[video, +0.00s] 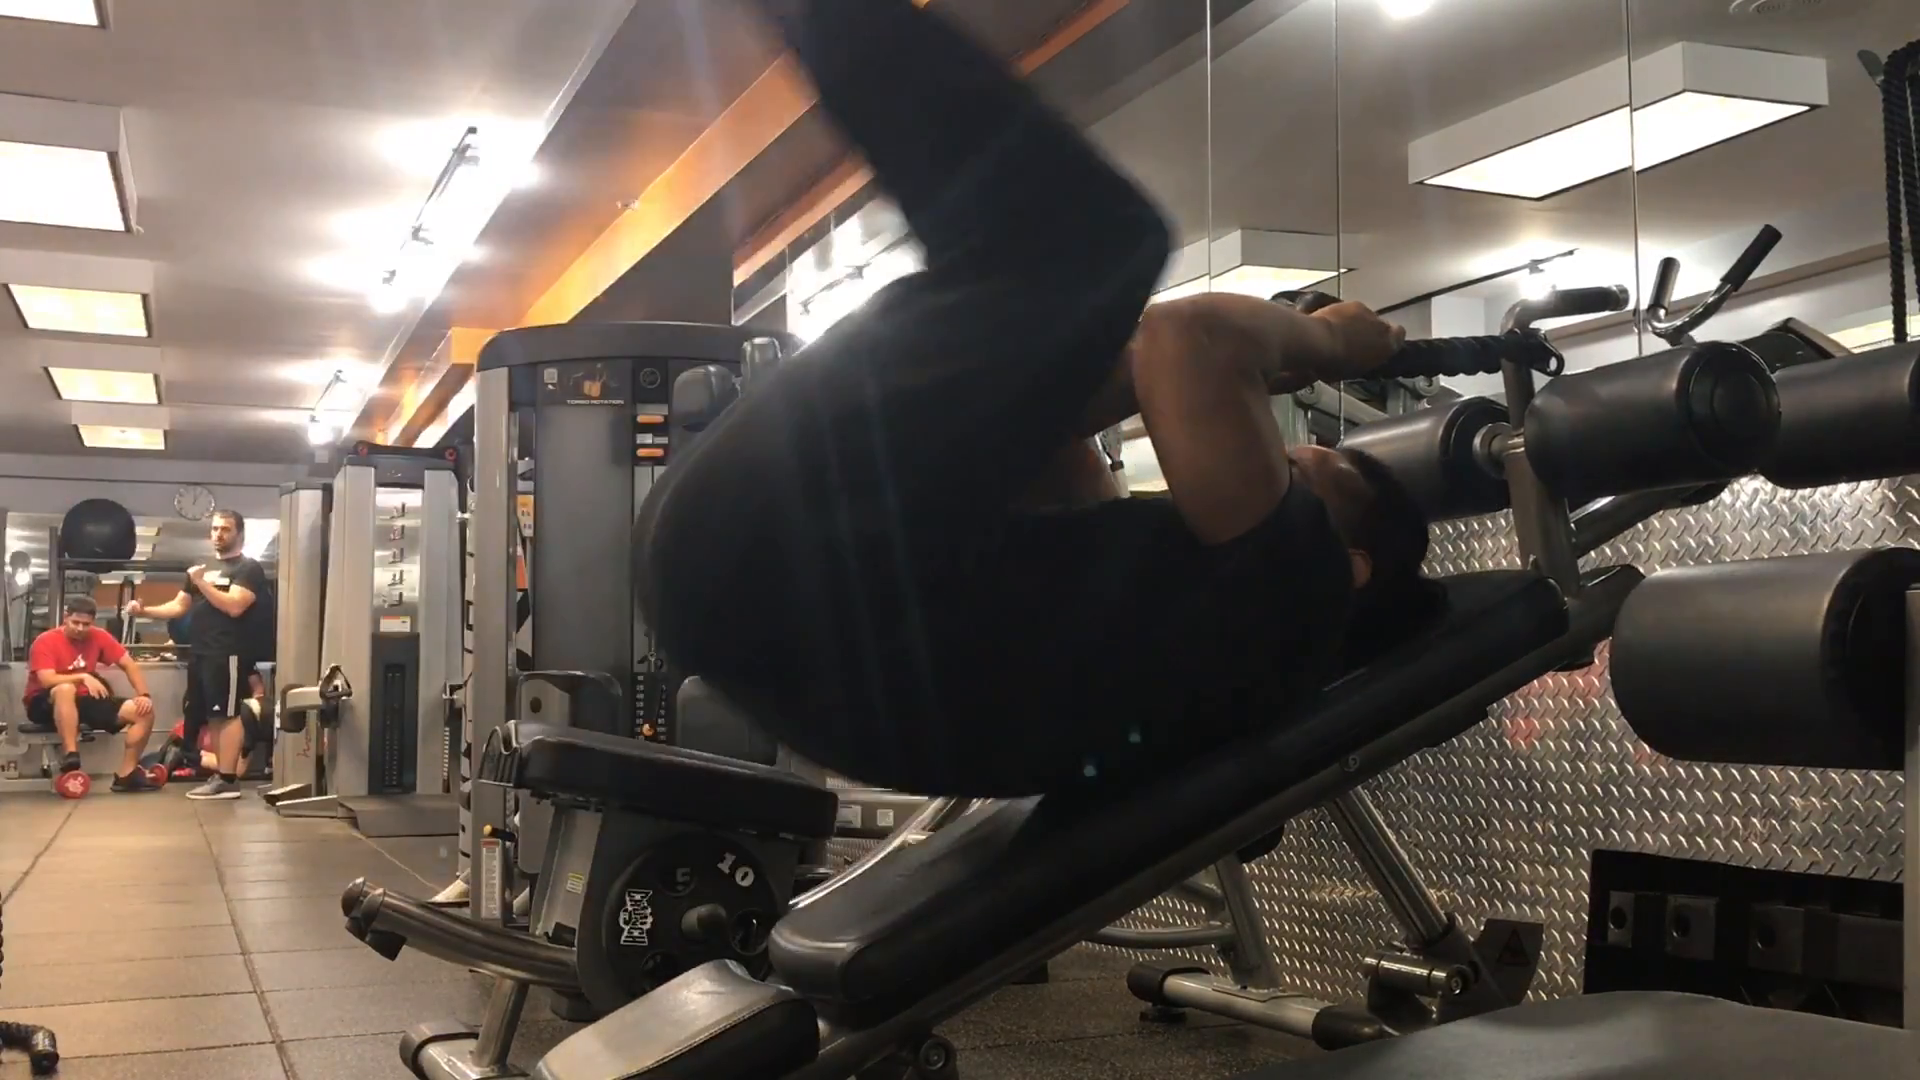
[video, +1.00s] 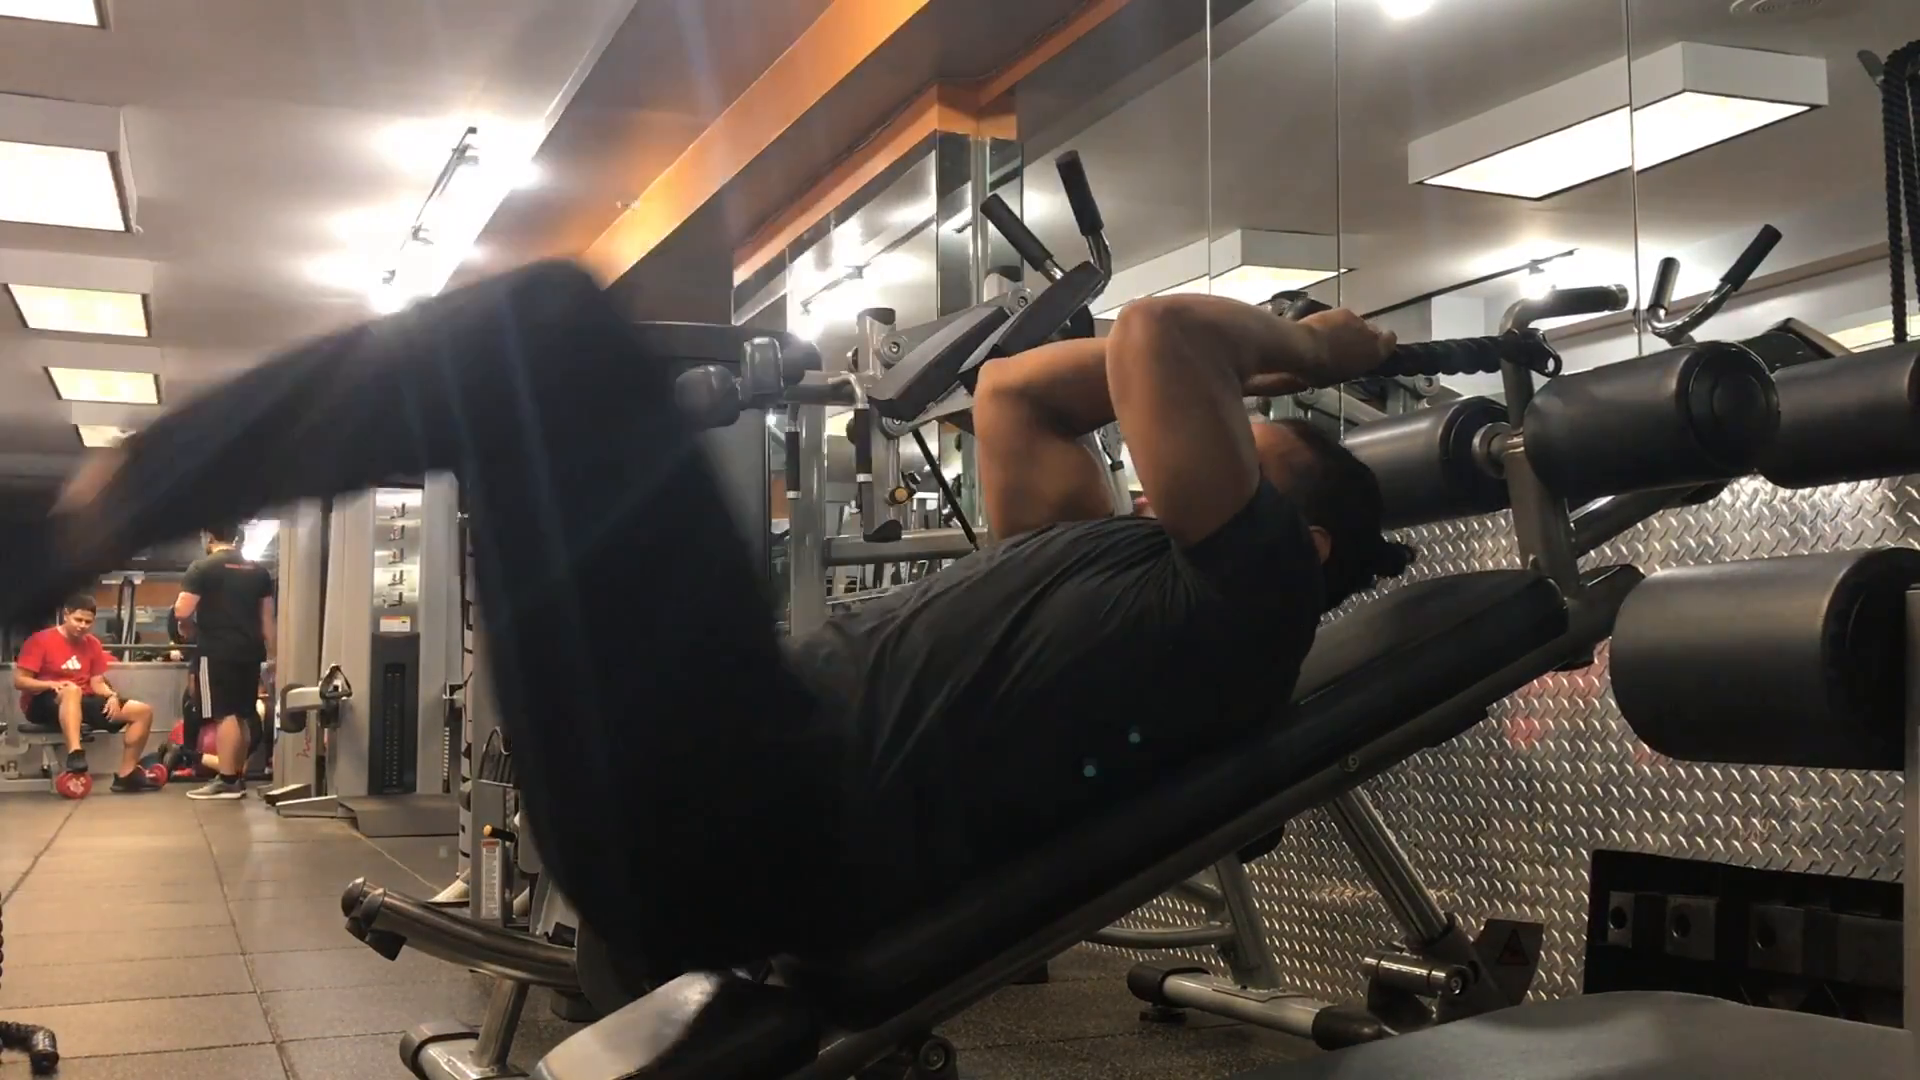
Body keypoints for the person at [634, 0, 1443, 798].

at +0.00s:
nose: (1310, 452)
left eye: (1337, 466)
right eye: (1327, 450)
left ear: (1355, 557)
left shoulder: (1294, 585)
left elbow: (1181, 339)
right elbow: (1060, 452)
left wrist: (1322, 337)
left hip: (758, 552)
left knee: (1106, 242)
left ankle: (813, 15)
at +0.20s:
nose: (1313, 456)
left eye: (1340, 466)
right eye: (1327, 455)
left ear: (1354, 564)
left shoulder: (1296, 600)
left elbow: (1199, 348)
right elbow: (1070, 479)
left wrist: (1332, 340)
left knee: (1217, 218)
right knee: (1128, 241)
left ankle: (1008, 12)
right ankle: (992, 23)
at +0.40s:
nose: (1314, 455)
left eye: (1341, 466)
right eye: (1326, 455)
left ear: (1357, 563)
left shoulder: (1299, 604)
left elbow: (1200, 349)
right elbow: (1069, 477)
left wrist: (1334, 338)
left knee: (1207, 206)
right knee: (1131, 239)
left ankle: (993, 17)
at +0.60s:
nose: (1311, 458)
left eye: (1337, 473)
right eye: (1324, 457)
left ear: (1354, 569)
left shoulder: (1293, 605)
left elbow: (1205, 336)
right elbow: (1038, 396)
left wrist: (1331, 339)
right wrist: (1210, 374)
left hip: (776, 557)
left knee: (1085, 197)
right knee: (982, 241)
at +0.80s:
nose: (1290, 451)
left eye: (1318, 462)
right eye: (1304, 449)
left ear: (1332, 535)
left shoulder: (1259, 603)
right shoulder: (1118, 585)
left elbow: (1190, 329)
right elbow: (1015, 392)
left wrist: (1325, 337)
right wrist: (1223, 364)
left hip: (743, 732)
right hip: (708, 703)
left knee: (871, 217)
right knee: (841, 259)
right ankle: (439, 148)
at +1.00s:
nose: (1226, 473)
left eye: (1263, 472)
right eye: (1248, 465)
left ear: (1293, 514)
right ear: (1240, 503)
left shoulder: (1234, 613)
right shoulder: (1090, 580)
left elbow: (1170, 326)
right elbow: (1017, 389)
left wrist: (1314, 341)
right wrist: (1208, 374)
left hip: (767, 868)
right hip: (723, 802)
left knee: (551, 332)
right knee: (548, 320)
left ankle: (97, 509)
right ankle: (112, 498)